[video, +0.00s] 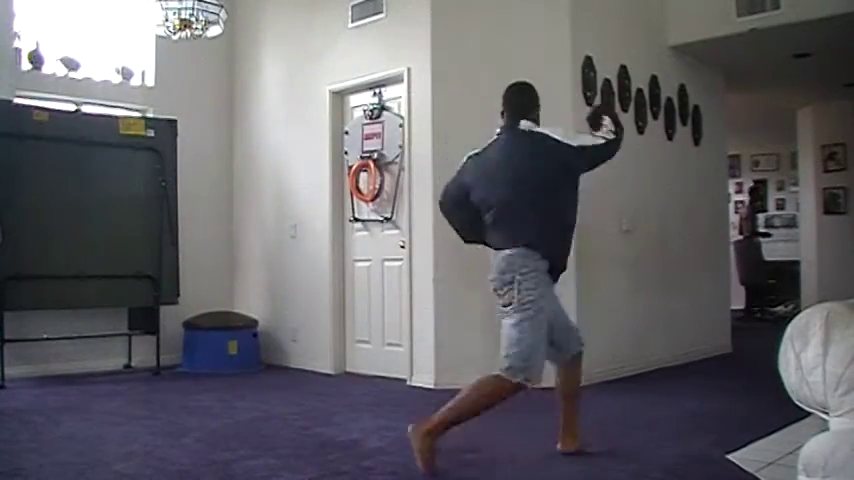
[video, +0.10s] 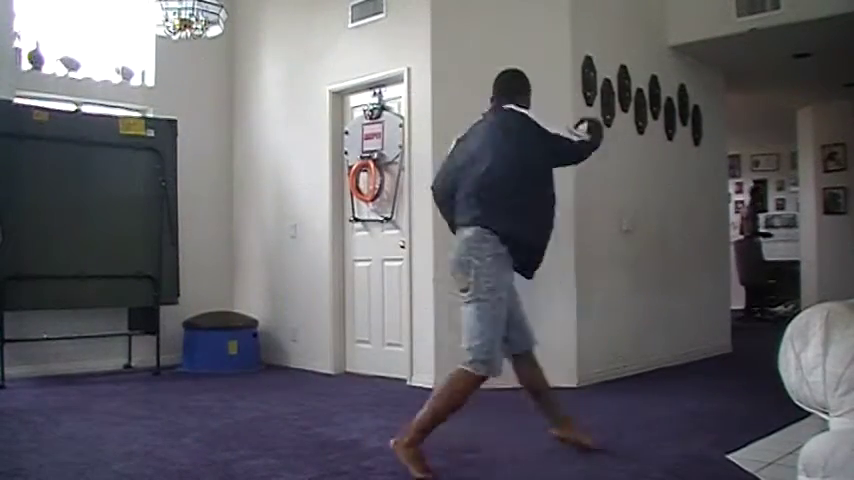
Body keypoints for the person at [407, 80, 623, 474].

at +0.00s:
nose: (536, 114)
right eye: (535, 108)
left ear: (502, 113)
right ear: (536, 112)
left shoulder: (482, 158)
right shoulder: (548, 149)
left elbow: (450, 200)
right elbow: (595, 153)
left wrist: (482, 235)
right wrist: (616, 135)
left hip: (510, 263)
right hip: (528, 264)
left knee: (570, 347)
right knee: (516, 374)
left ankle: (569, 437)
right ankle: (428, 431)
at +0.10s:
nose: (529, 105)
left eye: (525, 98)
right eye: (529, 98)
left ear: (492, 100)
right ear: (526, 98)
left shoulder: (474, 133)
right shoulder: (521, 127)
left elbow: (441, 187)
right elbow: (570, 150)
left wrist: (464, 230)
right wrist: (592, 137)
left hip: (473, 243)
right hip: (488, 243)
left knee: (519, 347)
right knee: (481, 361)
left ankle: (562, 426)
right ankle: (409, 440)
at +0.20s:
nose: (515, 106)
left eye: (513, 100)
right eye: (514, 99)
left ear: (480, 91)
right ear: (507, 96)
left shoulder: (465, 121)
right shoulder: (487, 122)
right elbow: (519, 182)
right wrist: (562, 220)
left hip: (447, 246)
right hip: (436, 244)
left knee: (476, 339)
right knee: (449, 360)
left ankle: (458, 433)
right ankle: (399, 449)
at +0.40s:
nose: (485, 131)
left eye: (487, 124)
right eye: (482, 123)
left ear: (470, 121)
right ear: (462, 118)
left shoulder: (452, 163)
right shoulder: (426, 150)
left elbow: (487, 178)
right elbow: (368, 160)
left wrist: (527, 169)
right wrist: (325, 156)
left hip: (382, 261)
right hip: (378, 260)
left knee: (332, 345)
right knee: (412, 369)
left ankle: (249, 363)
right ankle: (392, 463)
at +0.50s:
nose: (463, 127)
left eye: (467, 120)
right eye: (459, 118)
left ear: (461, 115)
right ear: (440, 109)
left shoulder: (449, 152)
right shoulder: (396, 127)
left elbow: (489, 154)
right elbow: (339, 94)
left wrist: (516, 137)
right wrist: (290, 53)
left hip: (347, 235)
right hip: (345, 231)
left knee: (280, 319)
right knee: (380, 344)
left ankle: (187, 352)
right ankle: (392, 453)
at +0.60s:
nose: (445, 134)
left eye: (447, 128)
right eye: (441, 126)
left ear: (441, 127)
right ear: (425, 118)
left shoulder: (433, 153)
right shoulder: (379, 127)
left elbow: (464, 161)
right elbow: (330, 79)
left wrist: (482, 145)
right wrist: (288, 25)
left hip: (307, 226)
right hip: (320, 228)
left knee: (235, 314)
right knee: (352, 342)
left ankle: (157, 369)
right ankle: (361, 448)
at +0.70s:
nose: (416, 178)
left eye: (420, 171)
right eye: (413, 169)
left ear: (412, 165)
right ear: (394, 155)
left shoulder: (400, 189)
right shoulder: (352, 150)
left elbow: (426, 199)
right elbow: (316, 100)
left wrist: (448, 197)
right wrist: (277, 50)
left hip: (273, 246)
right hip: (287, 249)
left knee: (202, 332)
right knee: (324, 358)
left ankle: (141, 401)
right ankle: (336, 465)